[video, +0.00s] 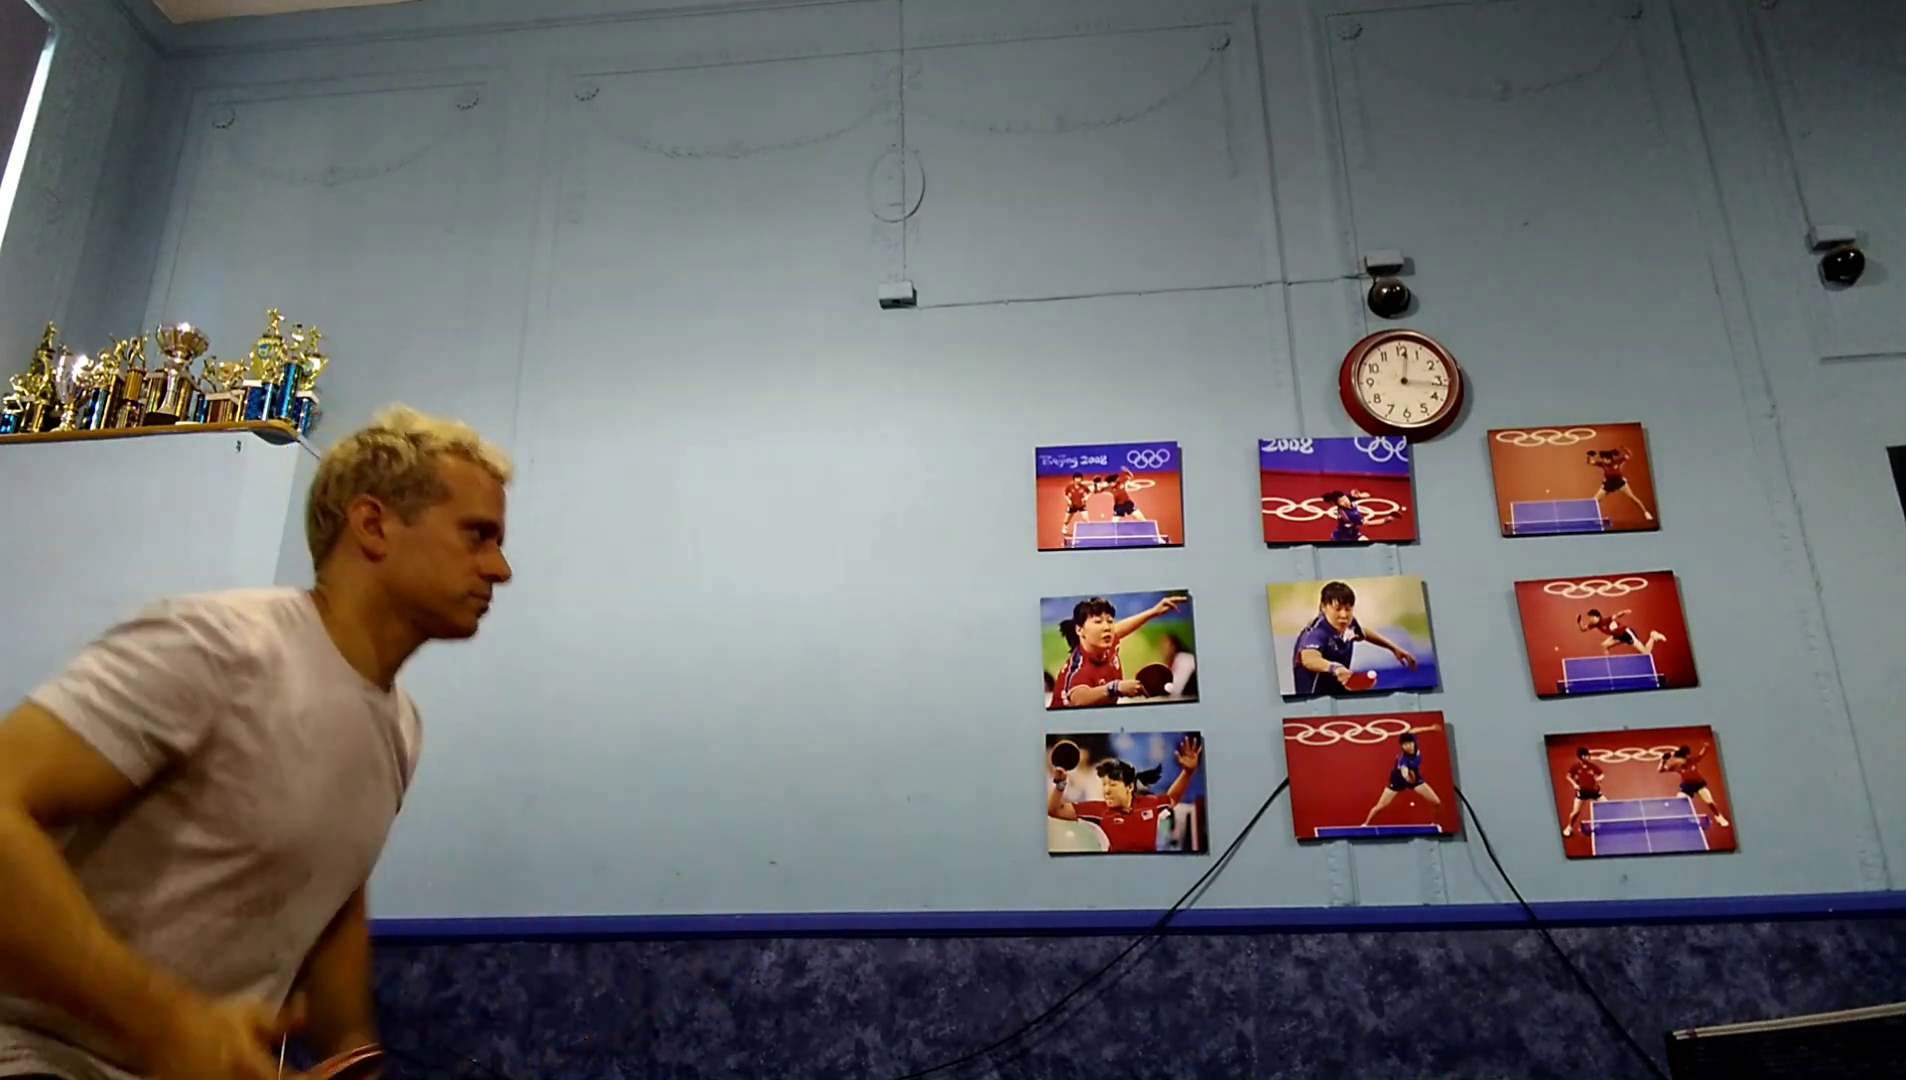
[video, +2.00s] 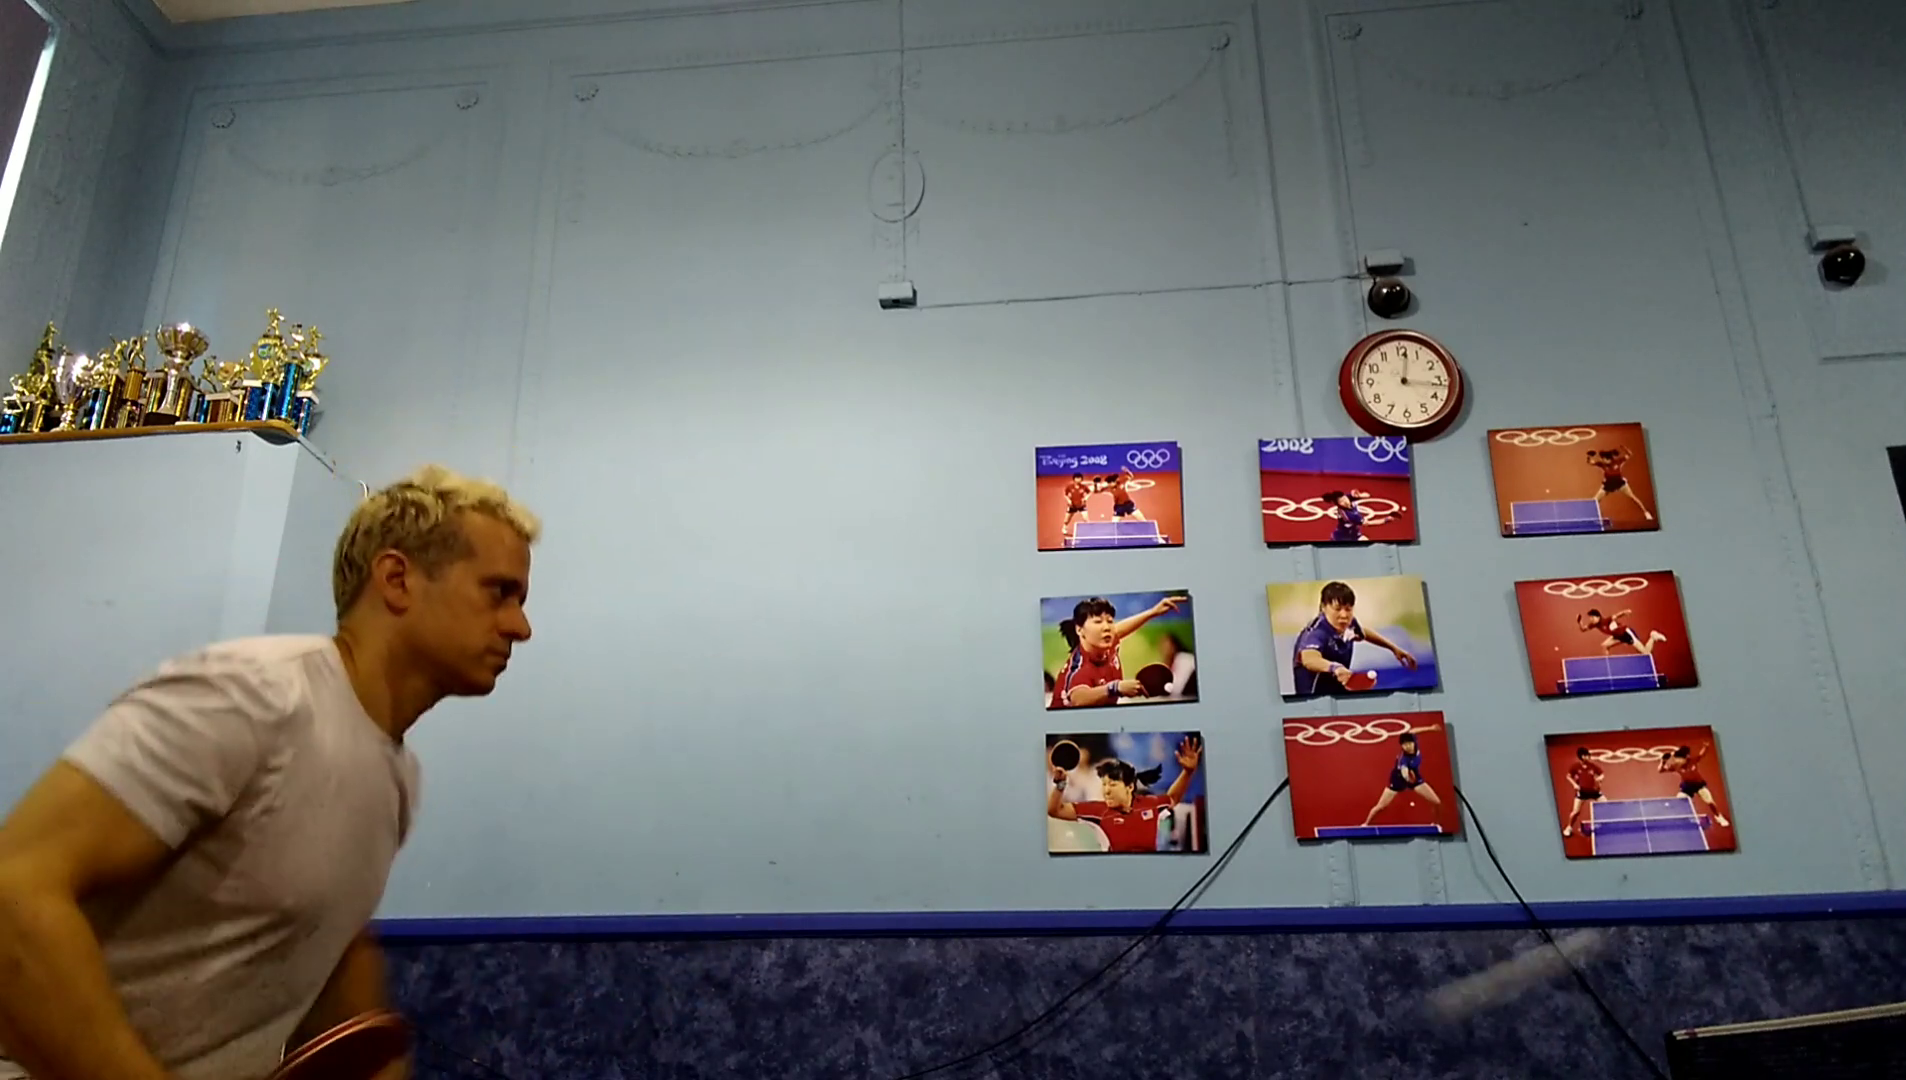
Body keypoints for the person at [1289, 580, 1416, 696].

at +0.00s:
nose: (1344, 615)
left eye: (1348, 609)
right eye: (1338, 609)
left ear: (1353, 609)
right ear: (1324, 608)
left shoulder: (1349, 624)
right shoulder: (1315, 633)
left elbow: (1364, 634)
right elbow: (1309, 660)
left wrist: (1395, 649)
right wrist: (1335, 668)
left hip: (1341, 705)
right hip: (1314, 708)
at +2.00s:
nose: (1344, 615)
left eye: (1348, 609)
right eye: (1338, 609)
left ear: (1353, 609)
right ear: (1324, 608)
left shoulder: (1349, 624)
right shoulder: (1316, 632)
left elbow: (1364, 634)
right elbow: (1309, 660)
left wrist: (1395, 649)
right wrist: (1335, 668)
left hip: (1341, 703)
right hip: (1314, 708)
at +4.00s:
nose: (1344, 615)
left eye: (1348, 609)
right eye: (1338, 609)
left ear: (1353, 609)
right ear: (1324, 608)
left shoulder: (1349, 624)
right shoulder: (1315, 633)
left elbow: (1364, 634)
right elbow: (1309, 660)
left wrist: (1395, 649)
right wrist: (1335, 667)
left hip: (1341, 703)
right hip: (1314, 708)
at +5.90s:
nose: (1343, 615)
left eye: (1348, 609)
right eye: (1338, 610)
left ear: (1353, 609)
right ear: (1324, 608)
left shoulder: (1349, 624)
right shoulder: (1315, 633)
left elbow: (1363, 634)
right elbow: (1309, 660)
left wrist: (1395, 649)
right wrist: (1335, 668)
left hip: (1341, 704)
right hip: (1314, 708)